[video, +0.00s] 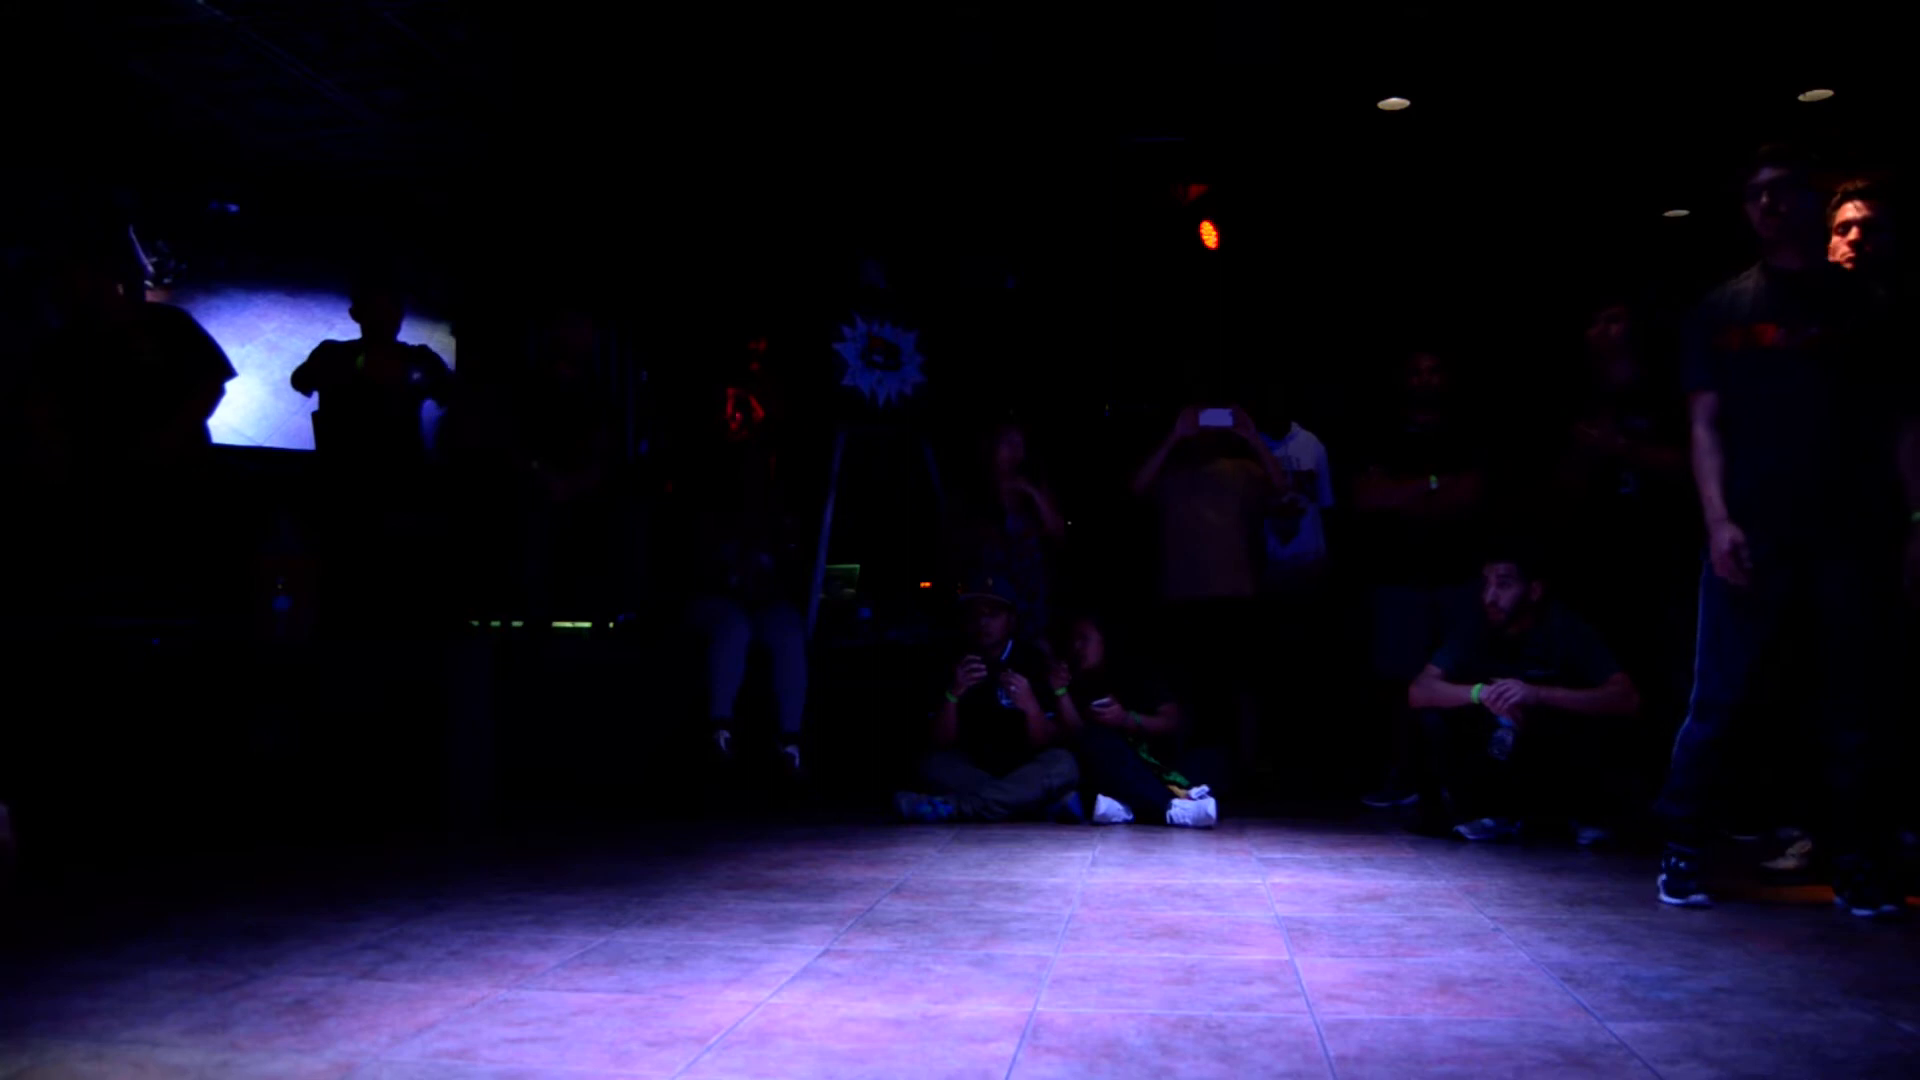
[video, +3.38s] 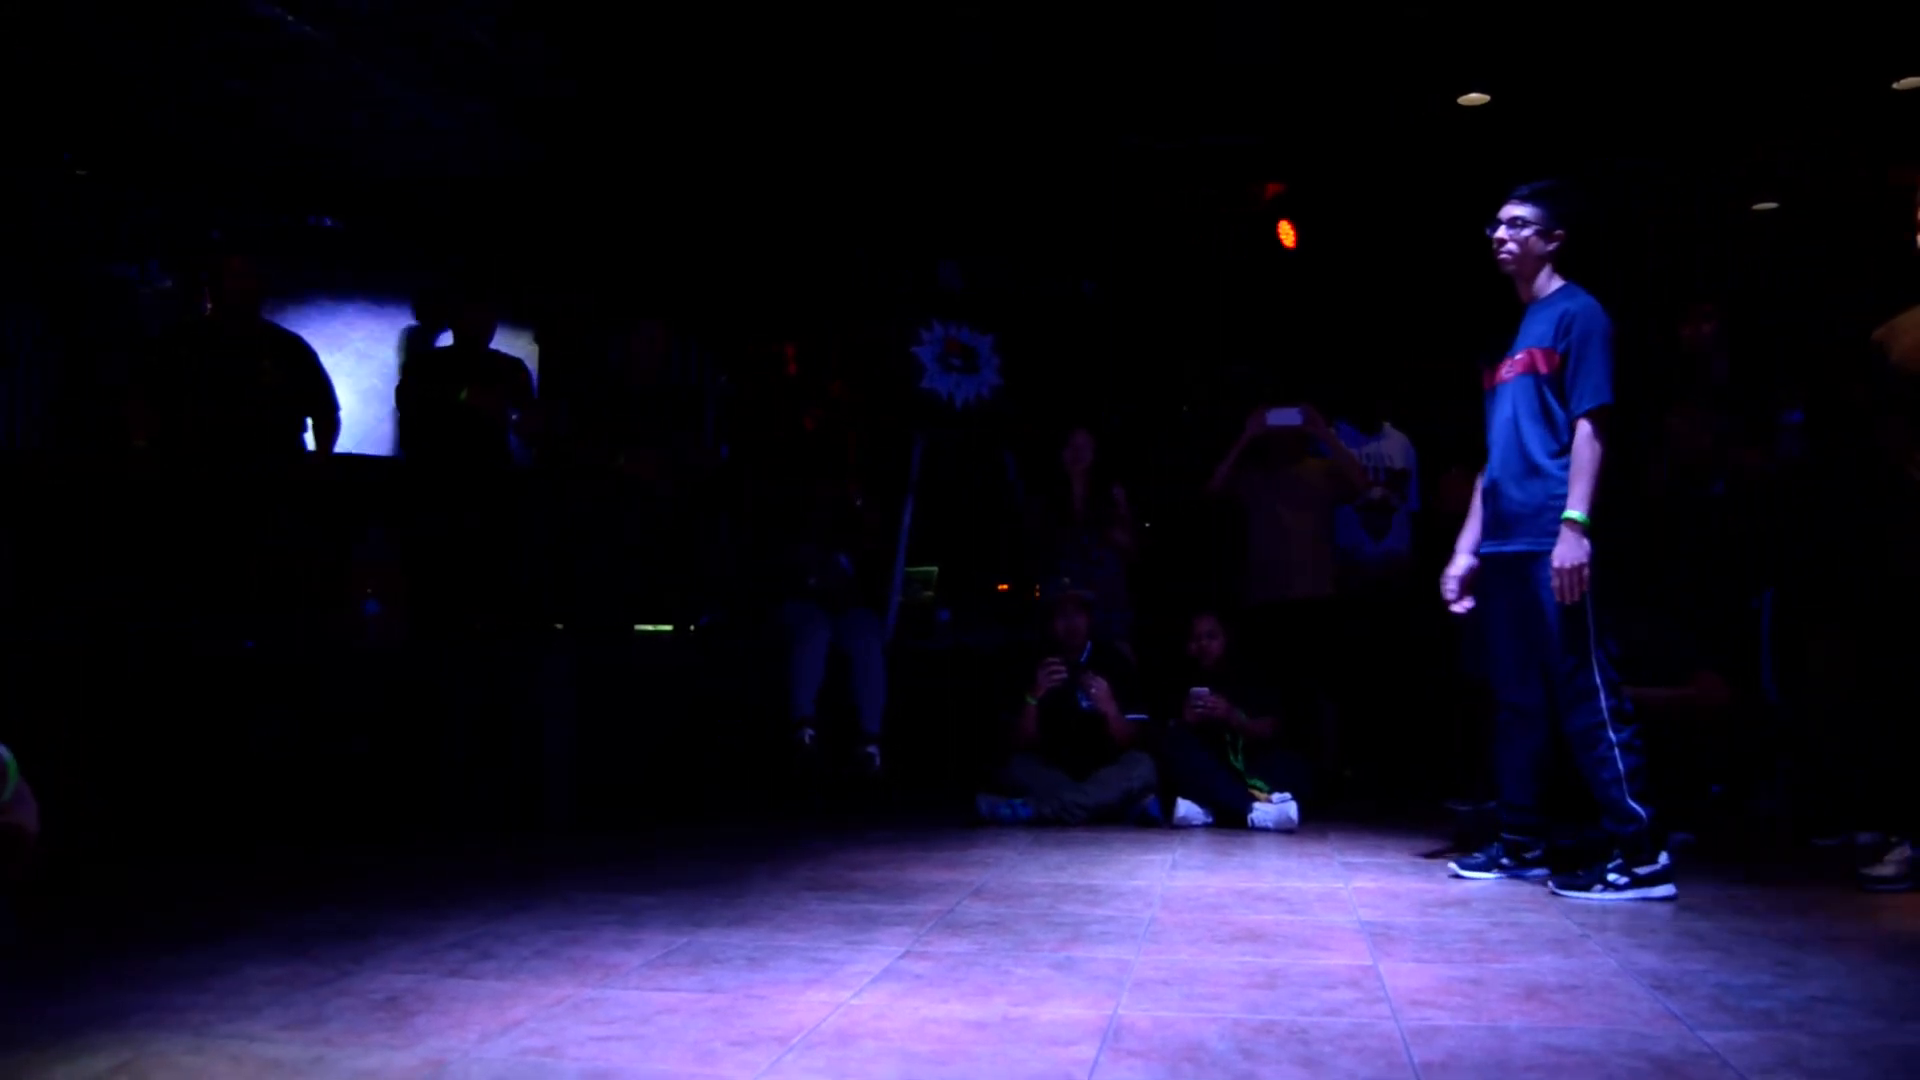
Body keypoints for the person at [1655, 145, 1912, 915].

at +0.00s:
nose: (1778, 208)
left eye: (1792, 194)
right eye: (1765, 196)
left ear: (1821, 205)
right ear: (1749, 211)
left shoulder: (1864, 300)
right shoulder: (1726, 308)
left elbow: (1899, 422)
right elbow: (1705, 423)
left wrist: (1909, 525)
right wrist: (1718, 521)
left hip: (1853, 528)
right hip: (1756, 530)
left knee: (1858, 701)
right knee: (1720, 699)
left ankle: (1862, 868)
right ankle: (1685, 855)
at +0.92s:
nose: (1702, 214)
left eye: (1716, 197)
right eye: (1694, 202)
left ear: (1756, 202)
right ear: (1688, 219)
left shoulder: (1804, 292)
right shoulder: (1707, 308)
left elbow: (1823, 405)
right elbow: (1708, 429)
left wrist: (1791, 509)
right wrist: (1704, 518)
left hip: (1779, 523)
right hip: (1716, 525)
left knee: (1802, 687)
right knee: (1727, 690)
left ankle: (1854, 866)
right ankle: (1738, 857)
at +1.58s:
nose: (1658, 225)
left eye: (1672, 209)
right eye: (1650, 214)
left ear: (1707, 216)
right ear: (1647, 229)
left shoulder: (1750, 300)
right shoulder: (1665, 319)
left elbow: (1771, 421)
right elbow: (1653, 442)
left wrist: (1749, 524)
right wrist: (1619, 543)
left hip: (1727, 529)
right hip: (1679, 531)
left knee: (1710, 690)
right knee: (1694, 689)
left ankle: (1752, 870)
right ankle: (1733, 863)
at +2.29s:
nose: (1619, 225)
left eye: (1634, 211)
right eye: (1615, 213)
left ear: (1676, 217)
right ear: (1622, 227)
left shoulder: (1693, 300)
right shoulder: (1671, 301)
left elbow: (1693, 425)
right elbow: (1678, 426)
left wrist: (1664, 534)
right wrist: (1636, 533)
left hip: (1677, 530)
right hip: (1673, 527)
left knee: (1662, 694)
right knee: (1724, 686)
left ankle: (1652, 859)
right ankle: (1820, 847)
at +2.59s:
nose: (1572, 225)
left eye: (1587, 212)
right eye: (1570, 213)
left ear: (1630, 218)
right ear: (1607, 226)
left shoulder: (1639, 299)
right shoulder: (1639, 296)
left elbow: (1618, 428)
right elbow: (1622, 430)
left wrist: (1558, 524)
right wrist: (1586, 545)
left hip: (1633, 525)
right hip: (1637, 521)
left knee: (1627, 686)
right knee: (1641, 680)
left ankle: (1641, 857)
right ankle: (1711, 824)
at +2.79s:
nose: (1554, 229)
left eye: (1569, 216)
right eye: (1553, 217)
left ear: (1611, 221)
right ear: (1583, 228)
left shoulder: (1623, 301)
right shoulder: (1608, 298)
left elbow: (1597, 424)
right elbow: (1596, 423)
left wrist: (1541, 521)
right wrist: (1551, 518)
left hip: (1619, 526)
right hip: (1598, 524)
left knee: (1614, 685)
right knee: (1577, 678)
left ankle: (1640, 854)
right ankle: (1592, 831)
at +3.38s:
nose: (1500, 237)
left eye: (1516, 226)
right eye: (1499, 227)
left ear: (1553, 238)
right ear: (1505, 241)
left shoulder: (1578, 315)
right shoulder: (1520, 328)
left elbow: (1591, 429)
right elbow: (1500, 456)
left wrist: (1574, 528)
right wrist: (1465, 549)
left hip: (1552, 540)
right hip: (1504, 544)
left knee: (1583, 694)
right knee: (1519, 695)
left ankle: (1639, 850)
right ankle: (1521, 838)